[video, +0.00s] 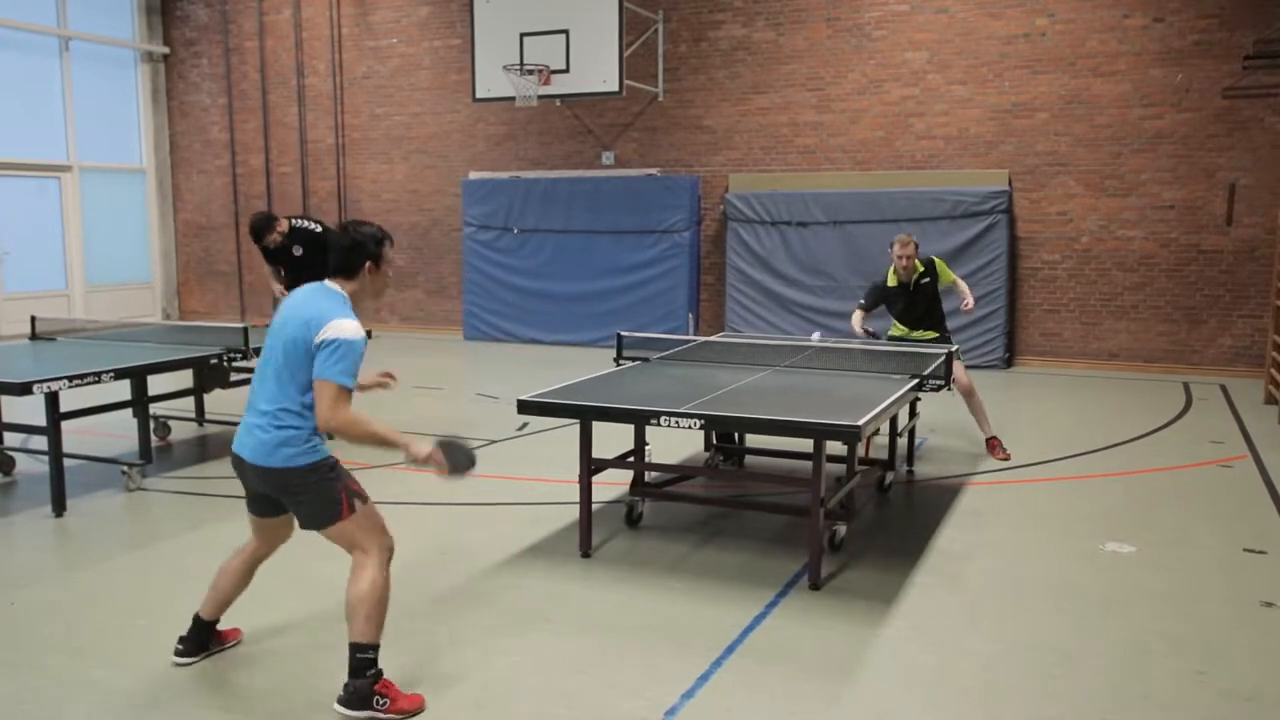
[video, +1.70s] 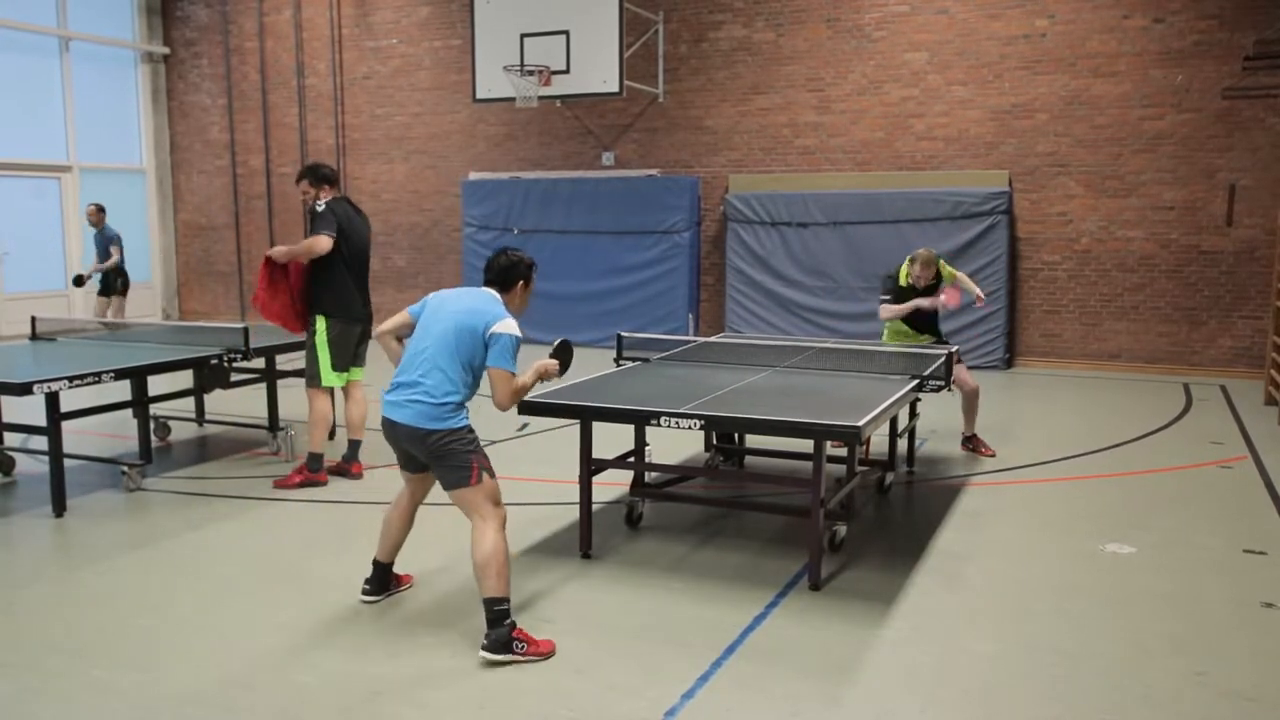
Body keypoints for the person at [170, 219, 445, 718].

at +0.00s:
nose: (389, 277)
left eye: (389, 267)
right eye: (387, 268)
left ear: (340, 266)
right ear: (367, 269)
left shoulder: (300, 297)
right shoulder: (342, 324)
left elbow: (291, 373)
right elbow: (332, 417)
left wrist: (355, 382)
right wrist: (404, 442)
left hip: (251, 449)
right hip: (295, 457)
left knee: (267, 536)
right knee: (374, 548)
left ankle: (196, 635)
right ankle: (363, 683)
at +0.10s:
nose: (418, 311)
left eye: (417, 301)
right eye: (413, 301)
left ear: (379, 302)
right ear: (390, 306)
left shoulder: (357, 340)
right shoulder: (330, 356)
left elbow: (374, 401)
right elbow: (285, 443)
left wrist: (433, 415)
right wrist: (331, 511)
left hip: (275, 475)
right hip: (291, 482)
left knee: (285, 553)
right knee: (394, 553)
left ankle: (200, 635)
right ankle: (402, 690)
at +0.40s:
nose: (486, 297)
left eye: (490, 286)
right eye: (479, 285)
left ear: (447, 279)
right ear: (444, 278)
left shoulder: (434, 312)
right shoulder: (392, 328)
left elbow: (417, 364)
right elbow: (340, 415)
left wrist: (461, 398)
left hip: (350, 454)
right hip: (341, 460)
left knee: (330, 544)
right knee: (422, 556)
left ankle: (259, 634)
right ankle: (409, 687)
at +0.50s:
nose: (486, 266)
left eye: (491, 254)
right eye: (478, 253)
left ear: (450, 243)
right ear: (443, 244)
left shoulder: (424, 272)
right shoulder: (412, 299)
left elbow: (399, 341)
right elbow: (366, 396)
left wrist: (440, 374)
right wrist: (444, 441)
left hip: (334, 425)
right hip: (359, 438)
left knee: (358, 535)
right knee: (424, 546)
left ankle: (319, 653)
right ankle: (414, 691)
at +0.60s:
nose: (478, 254)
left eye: (483, 243)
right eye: (468, 241)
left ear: (482, 239)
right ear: (433, 234)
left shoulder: (406, 268)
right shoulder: (417, 299)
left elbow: (373, 346)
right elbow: (387, 403)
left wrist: (429, 382)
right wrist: (473, 431)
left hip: (347, 442)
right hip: (382, 454)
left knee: (381, 548)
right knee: (448, 567)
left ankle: (341, 672)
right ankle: (426, 708)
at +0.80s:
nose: (538, 371)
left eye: (540, 362)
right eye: (540, 362)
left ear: (498, 348)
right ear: (531, 359)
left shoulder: (452, 354)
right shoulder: (511, 385)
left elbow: (386, 364)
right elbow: (526, 464)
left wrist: (391, 419)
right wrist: (545, 423)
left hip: (373, 448)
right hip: (415, 459)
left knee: (413, 495)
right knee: (507, 520)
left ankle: (378, 579)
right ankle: (502, 639)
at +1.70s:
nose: (530, 296)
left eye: (531, 289)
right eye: (530, 288)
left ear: (489, 281)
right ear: (518, 286)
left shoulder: (441, 298)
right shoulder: (502, 319)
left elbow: (385, 331)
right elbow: (504, 398)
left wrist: (414, 372)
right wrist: (536, 372)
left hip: (396, 416)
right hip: (441, 423)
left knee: (416, 486)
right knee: (489, 515)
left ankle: (378, 578)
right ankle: (500, 632)